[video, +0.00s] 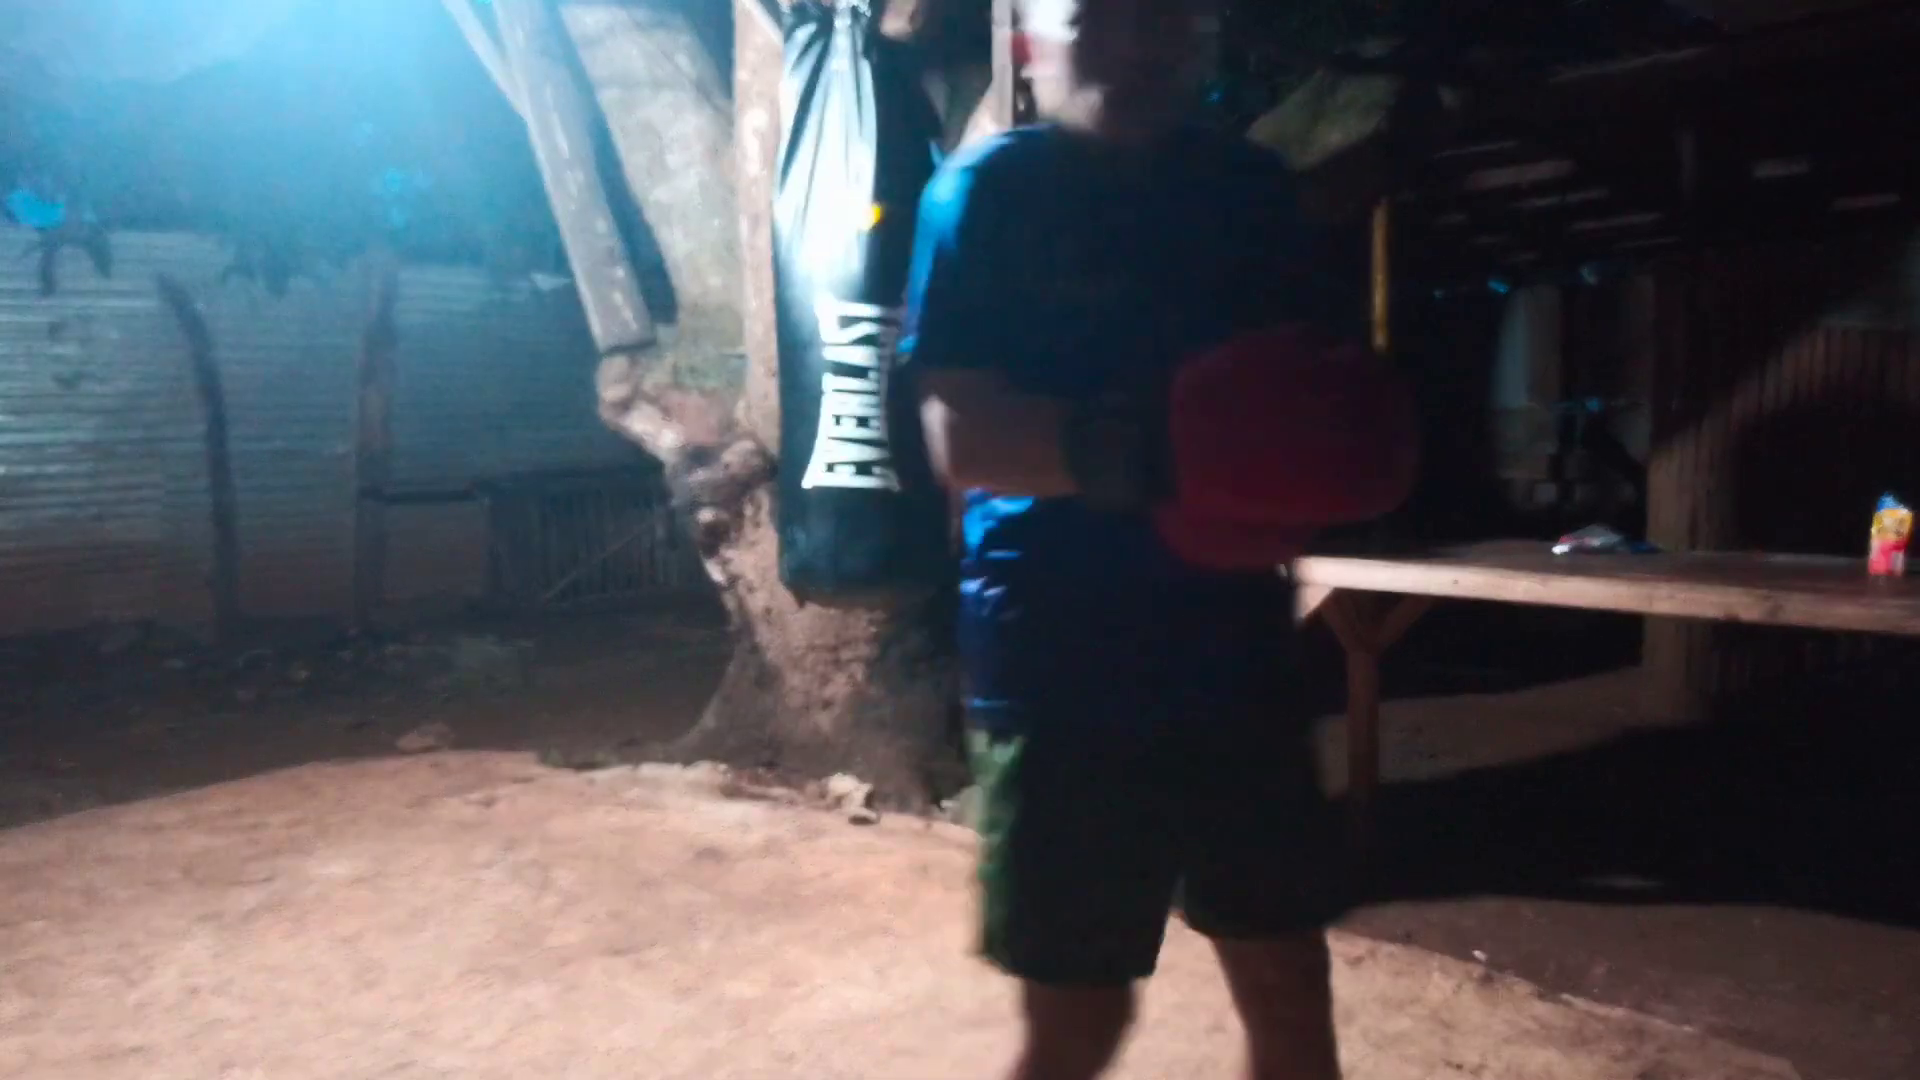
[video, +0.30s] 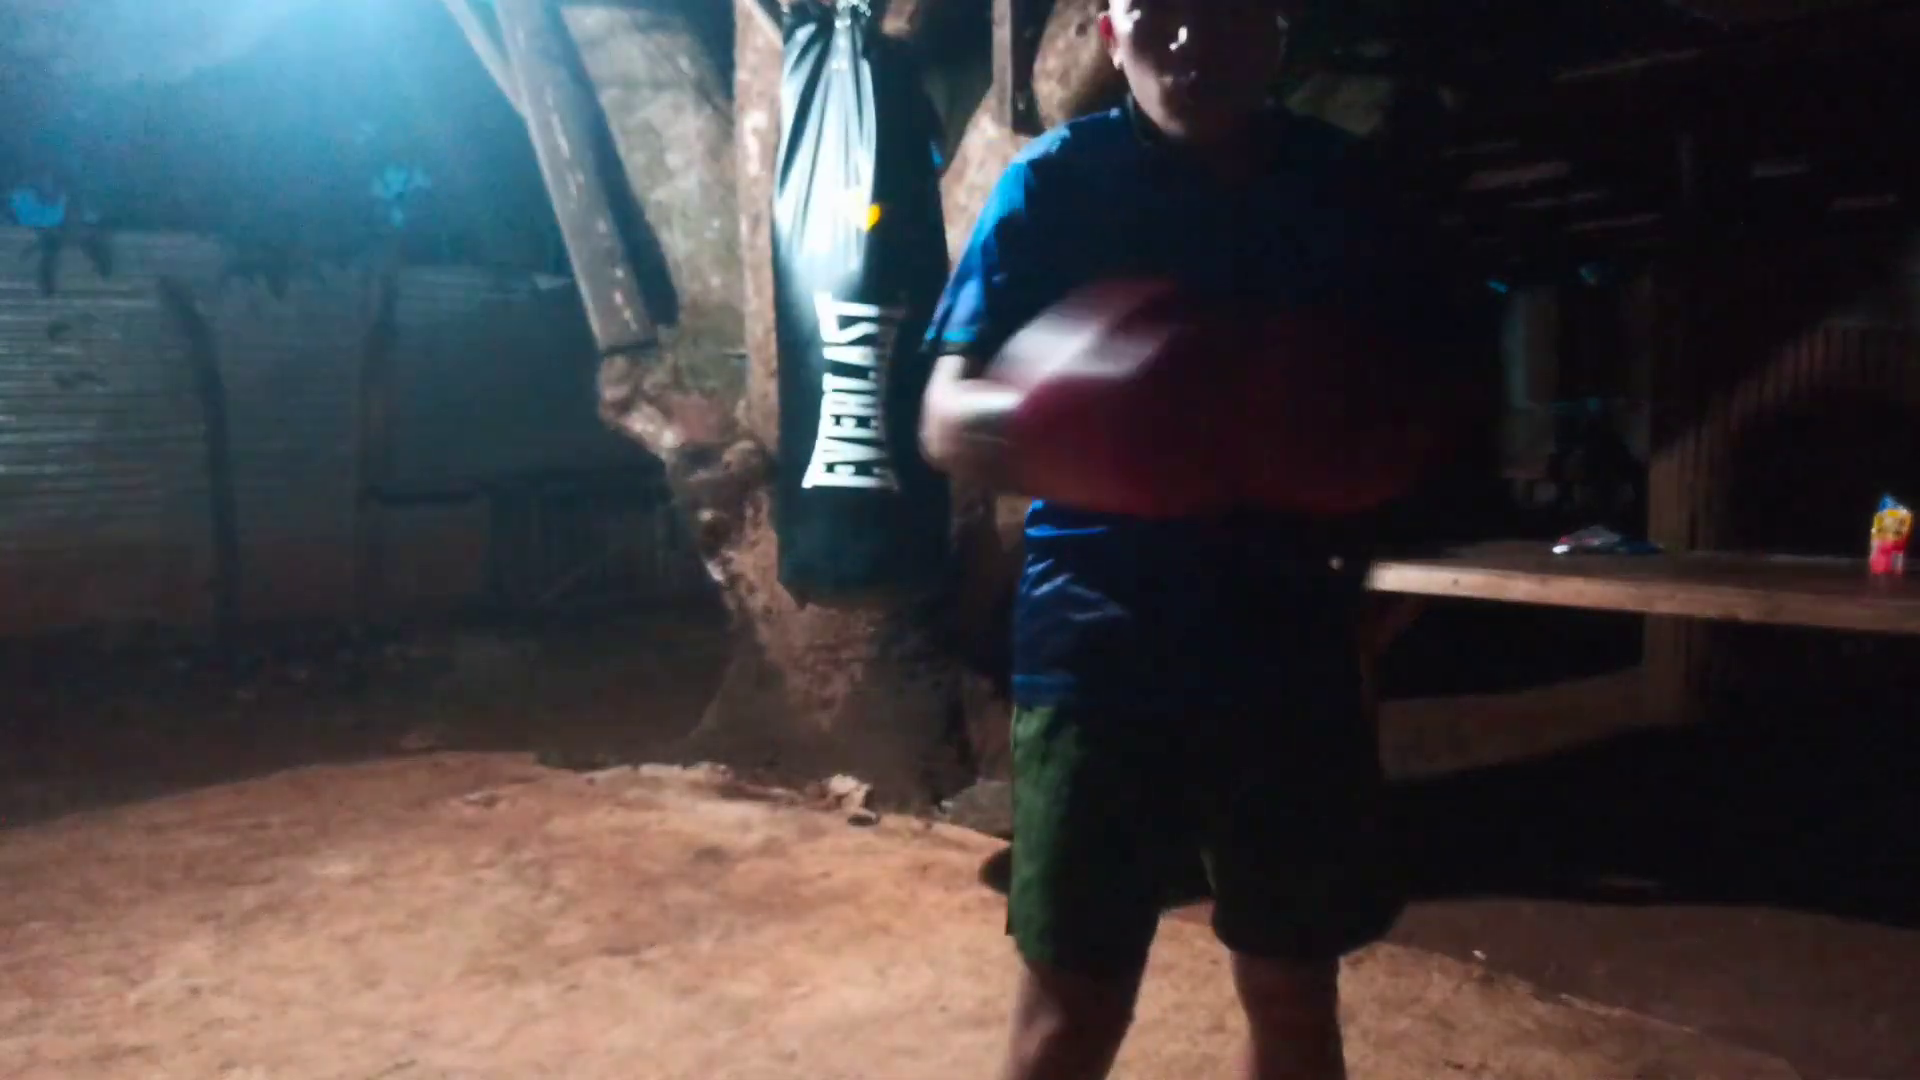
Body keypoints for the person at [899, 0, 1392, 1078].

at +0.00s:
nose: (1131, 41)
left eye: (1163, 14)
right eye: (1094, 14)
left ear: (1206, 33)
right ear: (1027, 36)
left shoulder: (1252, 187)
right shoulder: (996, 186)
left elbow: (1321, 405)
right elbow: (962, 440)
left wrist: (1363, 556)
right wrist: (1166, 454)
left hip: (1235, 652)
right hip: (1059, 666)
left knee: (1288, 991)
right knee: (1074, 1028)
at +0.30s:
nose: (1188, 36)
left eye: (1224, 10)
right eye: (1155, 11)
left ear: (1278, 28)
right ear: (1111, 29)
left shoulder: (1343, 183)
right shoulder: (1058, 180)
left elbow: (1441, 399)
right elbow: (946, 421)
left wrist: (1338, 421)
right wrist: (1073, 413)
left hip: (1288, 648)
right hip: (1097, 652)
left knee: (1294, 997)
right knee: (1069, 1019)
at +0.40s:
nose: (1180, 42)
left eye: (1210, 14)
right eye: (1141, 16)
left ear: (1255, 25)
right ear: (1085, 33)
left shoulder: (1328, 175)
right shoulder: (1039, 193)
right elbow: (907, 419)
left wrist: (1478, 343)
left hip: (1278, 624)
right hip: (1096, 629)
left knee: (1292, 1008)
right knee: (1054, 1038)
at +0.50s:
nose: (1144, 44)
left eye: (1174, 14)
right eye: (1108, 16)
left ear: (1223, 25)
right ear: (1053, 38)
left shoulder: (1308, 175)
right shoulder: (1006, 197)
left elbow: (1470, 332)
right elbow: (871, 384)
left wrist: (1572, 321)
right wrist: (744, 434)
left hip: (1267, 643)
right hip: (1073, 653)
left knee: (1283, 1011)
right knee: (1050, 1042)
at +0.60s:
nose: (1090, 48)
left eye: (1119, 20)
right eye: (1052, 26)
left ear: (1166, 25)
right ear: (992, 34)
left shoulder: (1267, 172)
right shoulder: (936, 215)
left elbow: (1436, 329)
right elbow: (781, 416)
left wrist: (1588, 305)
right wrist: (648, 439)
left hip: (1234, 681)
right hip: (1033, 698)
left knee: (1275, 1027)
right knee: (1011, 1047)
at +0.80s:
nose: (978, 32)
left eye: (1006, 6)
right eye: (934, 12)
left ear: (1061, 11)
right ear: (874, 30)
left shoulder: (1182, 140)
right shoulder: (834, 189)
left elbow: (1309, 381)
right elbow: (785, 437)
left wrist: (1200, 468)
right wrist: (835, 507)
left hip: (1169, 681)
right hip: (955, 704)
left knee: (1264, 1026)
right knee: (964, 1056)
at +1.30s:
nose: (831, 92)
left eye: (861, 56)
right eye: (799, 52)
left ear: (941, 13)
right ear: (767, 28)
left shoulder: (1122, 114)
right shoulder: (730, 176)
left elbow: (1324, 348)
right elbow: (661, 439)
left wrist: (1180, 460)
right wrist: (733, 498)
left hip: (1119, 744)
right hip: (889, 759)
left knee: (1161, 1056)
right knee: (915, 1060)